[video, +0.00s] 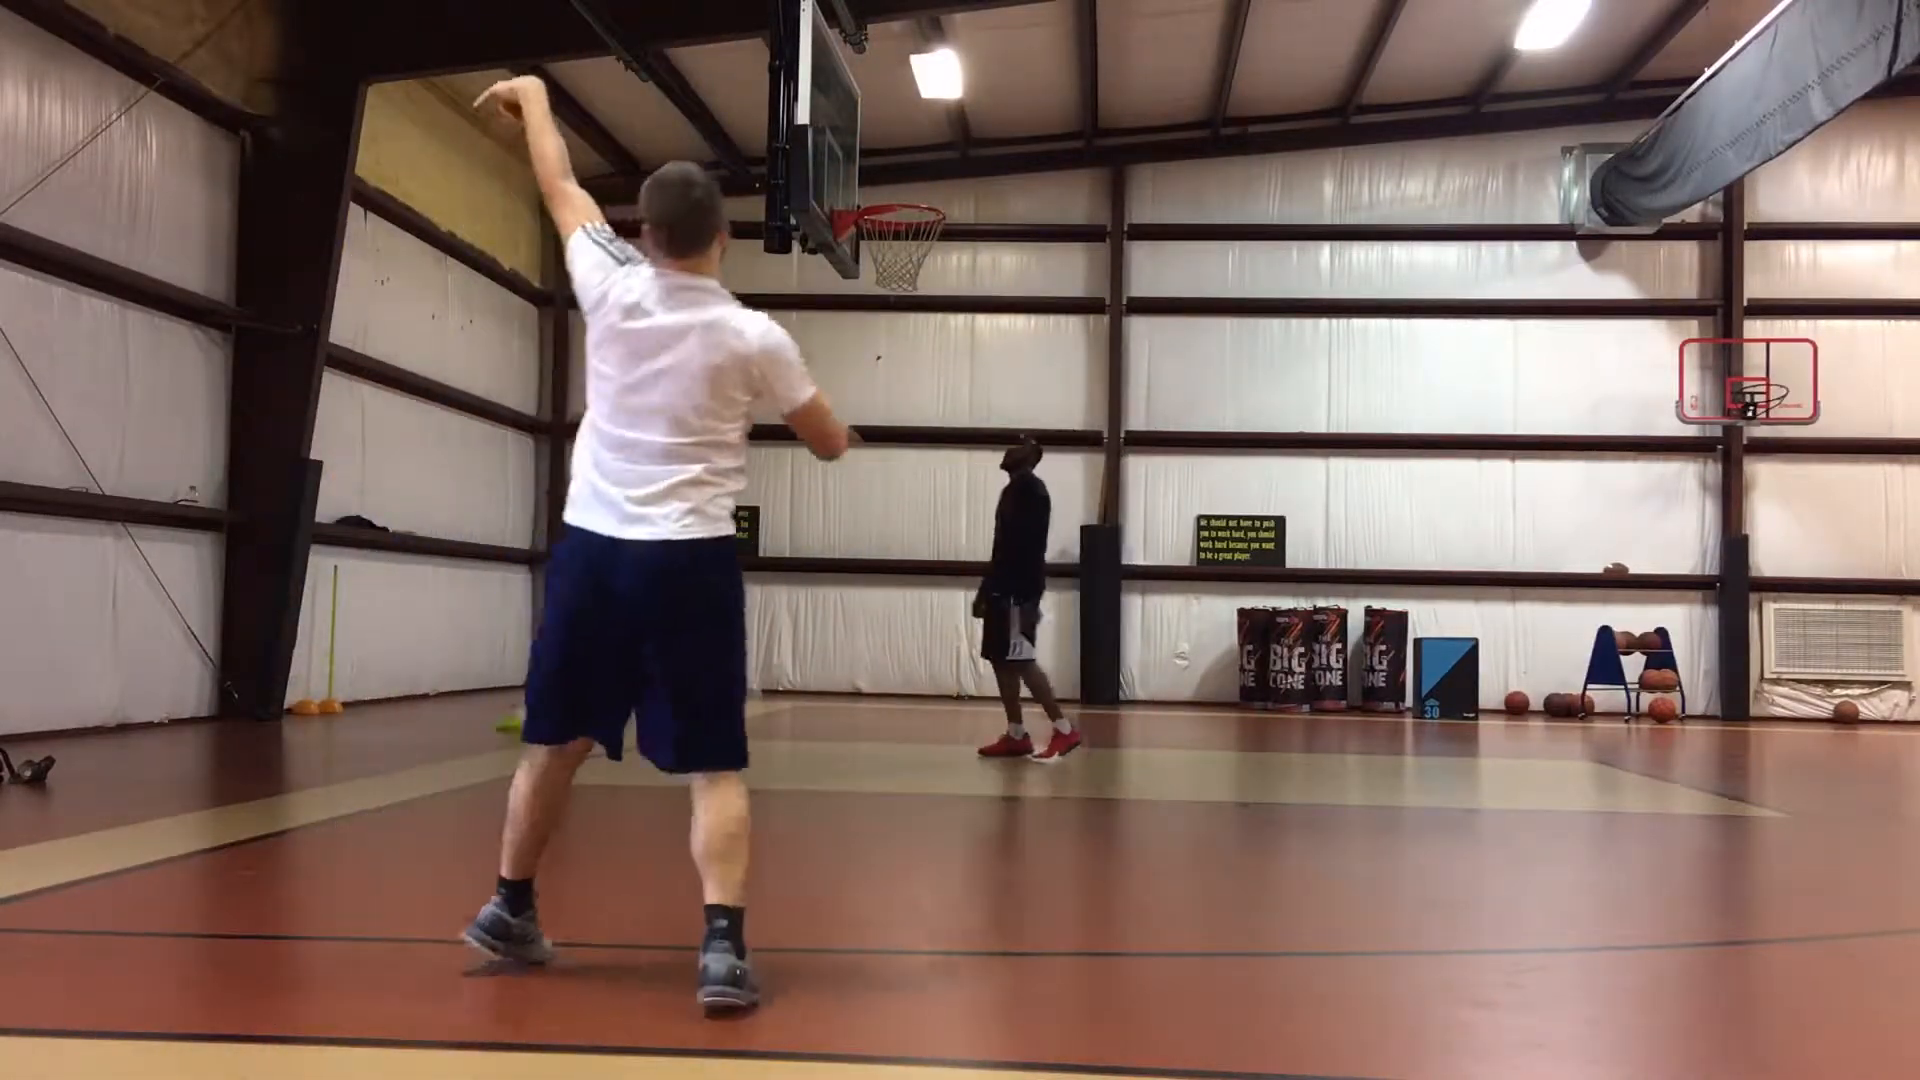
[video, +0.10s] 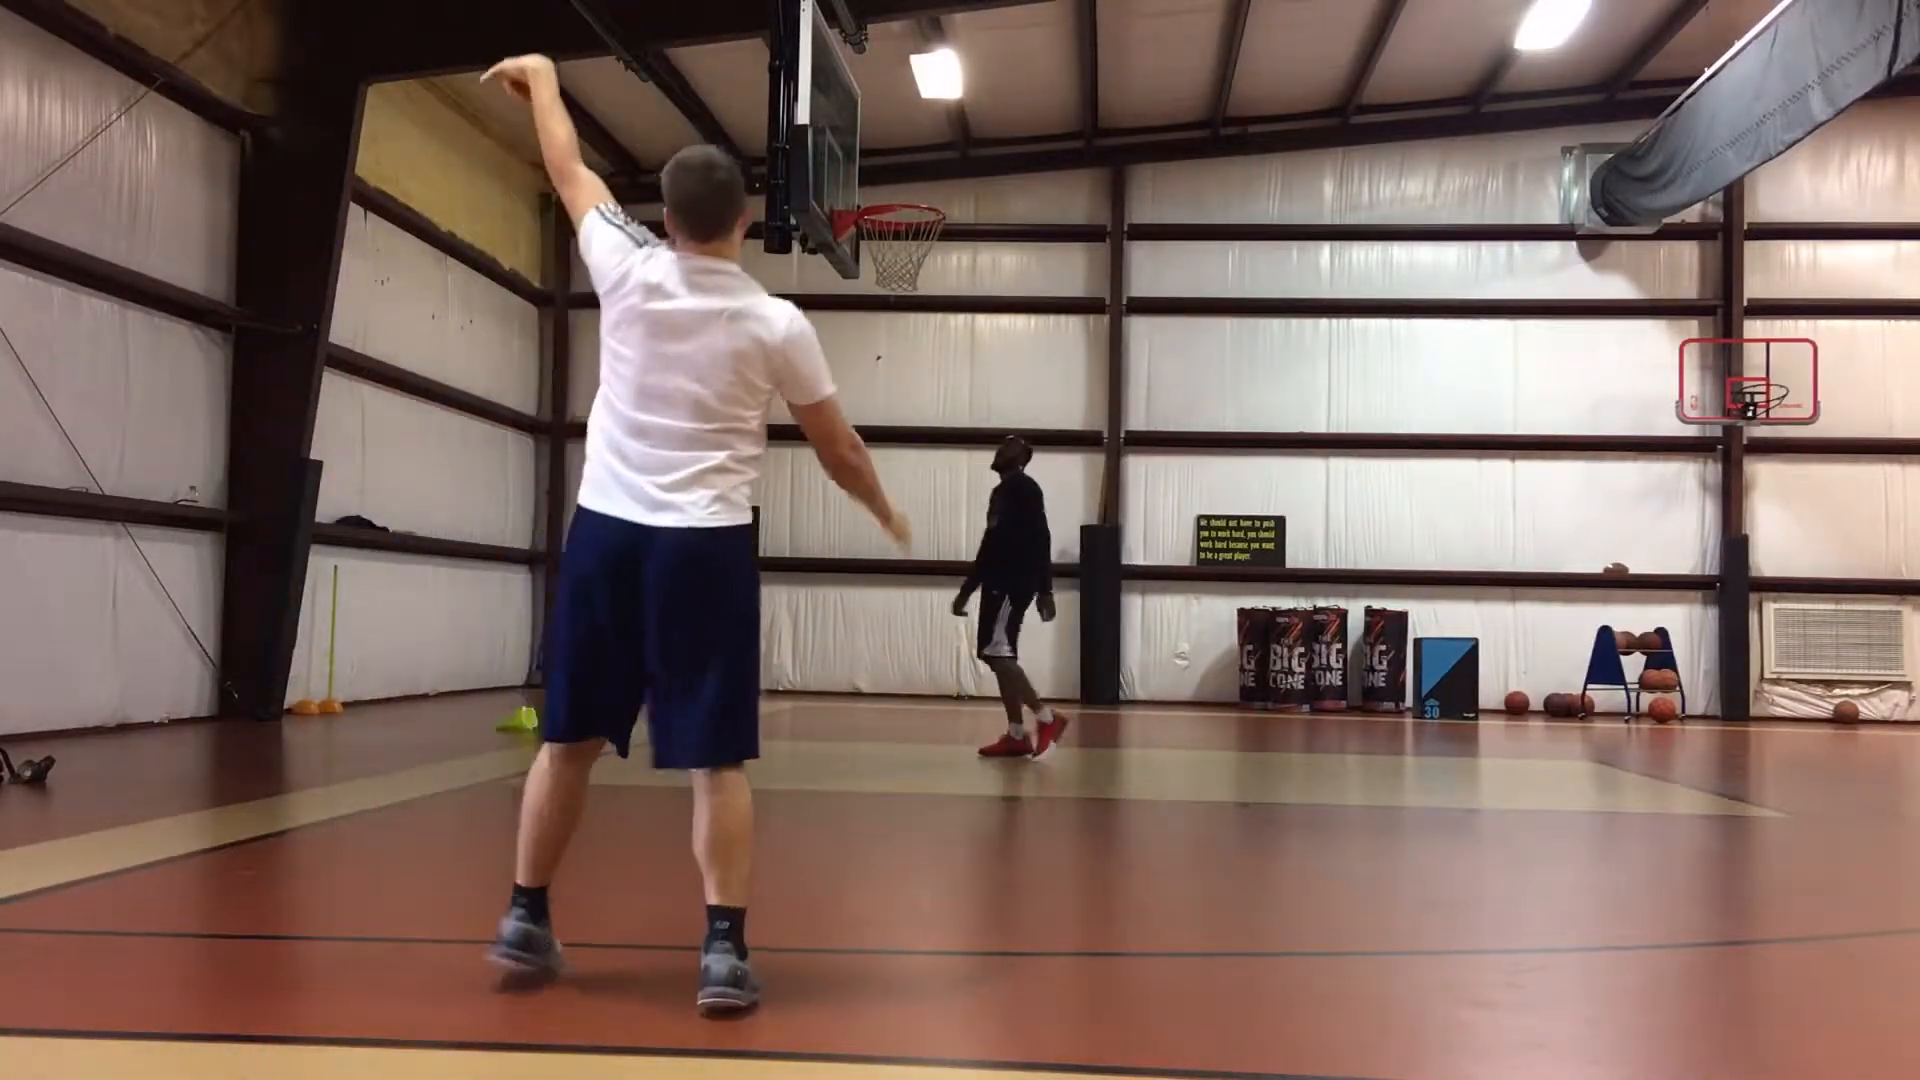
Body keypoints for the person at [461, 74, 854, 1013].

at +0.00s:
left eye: (645, 229)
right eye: (717, 228)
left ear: (646, 234)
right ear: (723, 237)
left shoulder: (611, 289)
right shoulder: (753, 338)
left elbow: (560, 186)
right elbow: (829, 439)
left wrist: (534, 98)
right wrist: (792, 406)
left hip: (591, 553)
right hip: (695, 563)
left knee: (555, 739)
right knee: (716, 762)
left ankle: (508, 911)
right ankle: (722, 949)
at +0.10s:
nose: (726, 222)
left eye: (677, 212)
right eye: (738, 210)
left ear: (665, 219)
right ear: (748, 219)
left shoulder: (626, 271)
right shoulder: (775, 324)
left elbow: (566, 168)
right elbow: (838, 448)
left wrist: (541, 79)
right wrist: (885, 510)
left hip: (603, 538)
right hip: (709, 552)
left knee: (569, 734)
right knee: (720, 759)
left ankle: (524, 922)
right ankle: (724, 953)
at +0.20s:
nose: (743, 207)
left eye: (689, 199)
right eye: (752, 196)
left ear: (675, 208)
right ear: (759, 207)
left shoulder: (633, 262)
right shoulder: (791, 317)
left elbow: (568, 158)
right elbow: (842, 461)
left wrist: (548, 64)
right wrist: (894, 567)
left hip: (616, 532)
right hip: (724, 546)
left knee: (580, 745)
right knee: (725, 762)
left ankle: (544, 939)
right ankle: (725, 958)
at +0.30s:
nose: (742, 210)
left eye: (704, 199)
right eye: (758, 200)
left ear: (681, 206)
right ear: (764, 209)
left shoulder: (632, 263)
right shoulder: (794, 319)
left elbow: (558, 166)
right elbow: (828, 467)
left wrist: (560, 71)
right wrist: (860, 591)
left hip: (623, 541)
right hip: (731, 554)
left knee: (586, 755)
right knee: (726, 767)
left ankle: (574, 939)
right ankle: (726, 959)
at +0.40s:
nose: (757, 205)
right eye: (764, 195)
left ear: (677, 200)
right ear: (761, 207)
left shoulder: (630, 266)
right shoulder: (791, 313)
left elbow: (543, 196)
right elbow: (794, 453)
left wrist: (571, 92)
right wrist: (801, 588)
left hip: (623, 546)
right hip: (737, 558)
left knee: (594, 752)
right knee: (729, 767)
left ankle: (586, 936)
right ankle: (726, 961)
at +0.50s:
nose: (755, 196)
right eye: (757, 187)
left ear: (668, 193)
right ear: (751, 199)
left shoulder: (612, 262)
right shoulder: (779, 301)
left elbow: (528, 261)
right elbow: (766, 434)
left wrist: (578, 179)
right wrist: (760, 574)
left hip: (611, 543)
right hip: (719, 553)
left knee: (602, 768)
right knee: (720, 772)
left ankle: (593, 985)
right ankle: (727, 966)